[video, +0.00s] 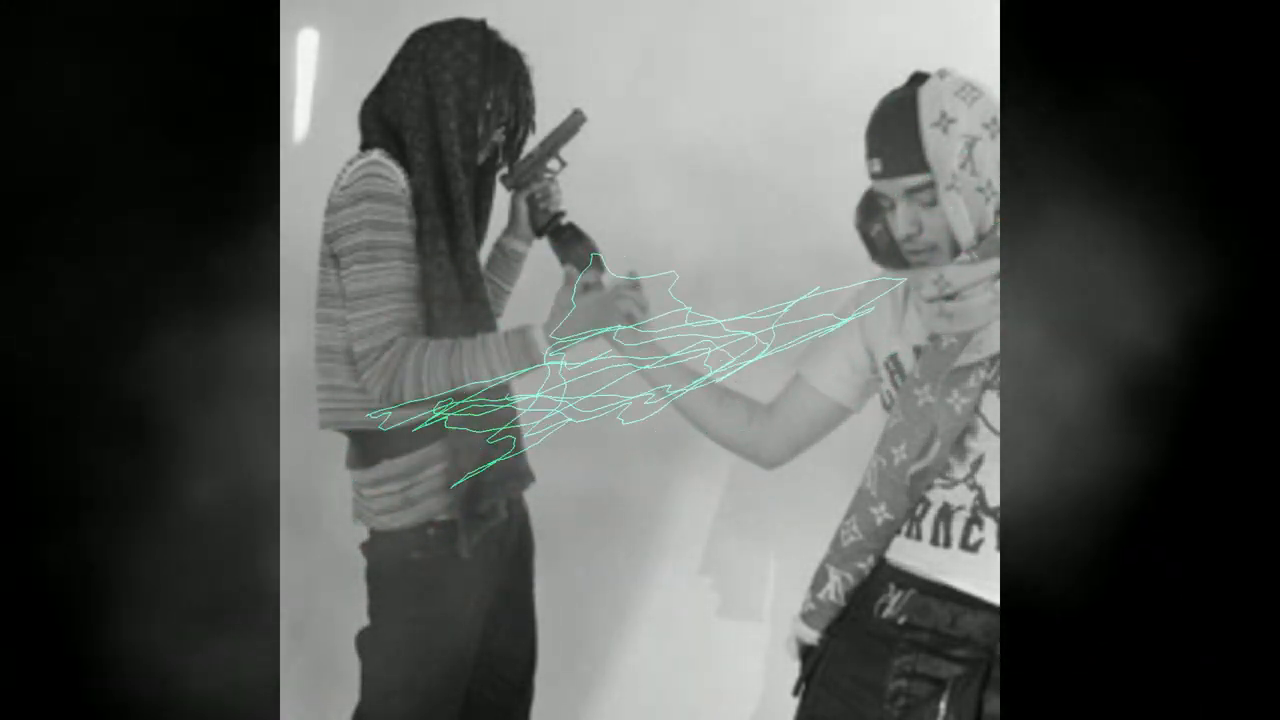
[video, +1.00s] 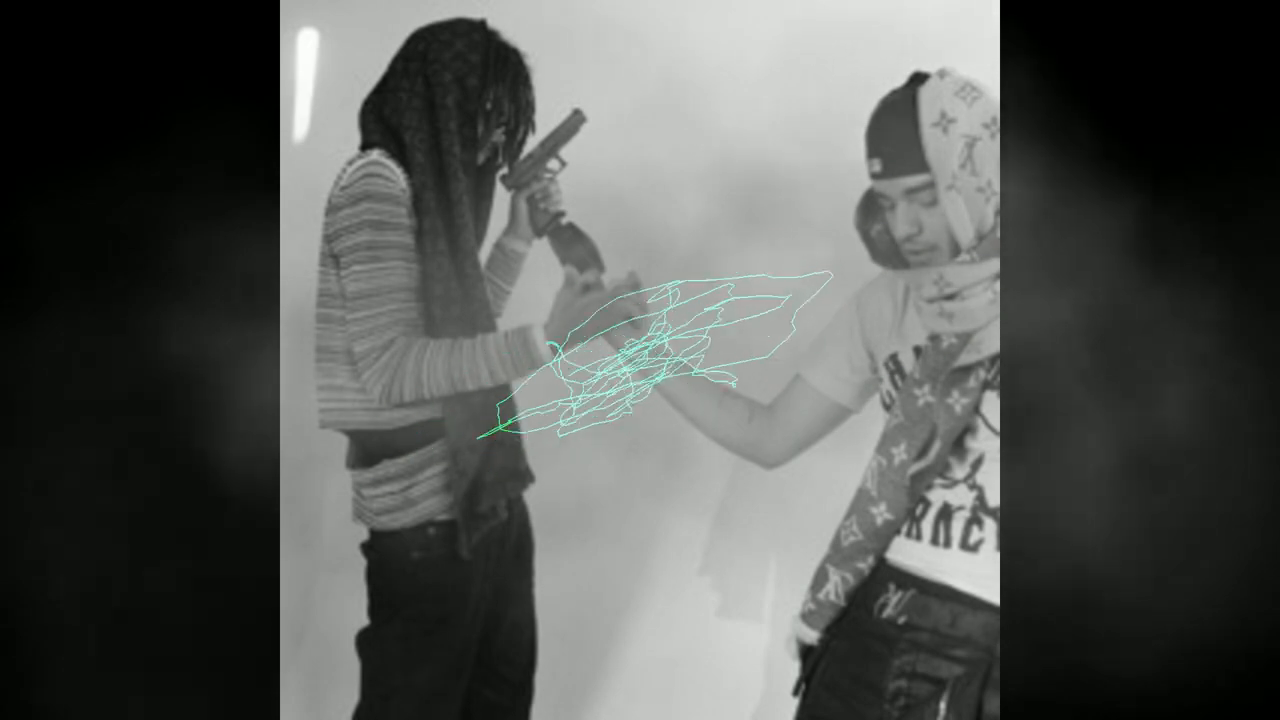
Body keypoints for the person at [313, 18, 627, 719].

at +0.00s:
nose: (496, 143)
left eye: (503, 125)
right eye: (491, 120)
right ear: (449, 108)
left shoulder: (426, 191)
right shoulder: (376, 183)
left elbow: (463, 332)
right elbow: (386, 370)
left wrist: (518, 233)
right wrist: (550, 337)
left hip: (489, 509)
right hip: (425, 527)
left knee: (501, 702)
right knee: (408, 707)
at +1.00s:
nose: (498, 145)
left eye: (505, 127)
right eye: (493, 122)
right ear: (450, 108)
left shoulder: (425, 192)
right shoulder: (376, 183)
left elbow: (462, 332)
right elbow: (388, 368)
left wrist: (518, 235)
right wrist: (549, 339)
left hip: (485, 500)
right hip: (422, 516)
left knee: (500, 700)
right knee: (411, 705)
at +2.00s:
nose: (499, 148)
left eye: (505, 127)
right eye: (492, 123)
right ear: (449, 108)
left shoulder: (427, 192)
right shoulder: (377, 182)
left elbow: (461, 333)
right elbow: (389, 371)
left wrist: (517, 236)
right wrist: (538, 343)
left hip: (488, 505)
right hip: (425, 522)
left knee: (500, 701)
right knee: (413, 705)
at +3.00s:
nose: (498, 144)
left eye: (504, 124)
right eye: (490, 120)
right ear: (445, 108)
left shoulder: (429, 191)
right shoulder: (377, 183)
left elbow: (464, 335)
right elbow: (387, 370)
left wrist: (518, 234)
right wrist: (546, 343)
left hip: (488, 495)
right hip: (422, 509)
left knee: (499, 697)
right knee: (413, 702)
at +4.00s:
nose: (499, 143)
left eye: (506, 125)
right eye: (493, 119)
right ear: (449, 107)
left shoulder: (426, 192)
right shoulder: (377, 182)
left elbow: (461, 333)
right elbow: (390, 369)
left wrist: (519, 234)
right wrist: (553, 337)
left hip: (489, 506)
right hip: (425, 520)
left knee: (499, 702)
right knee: (411, 705)